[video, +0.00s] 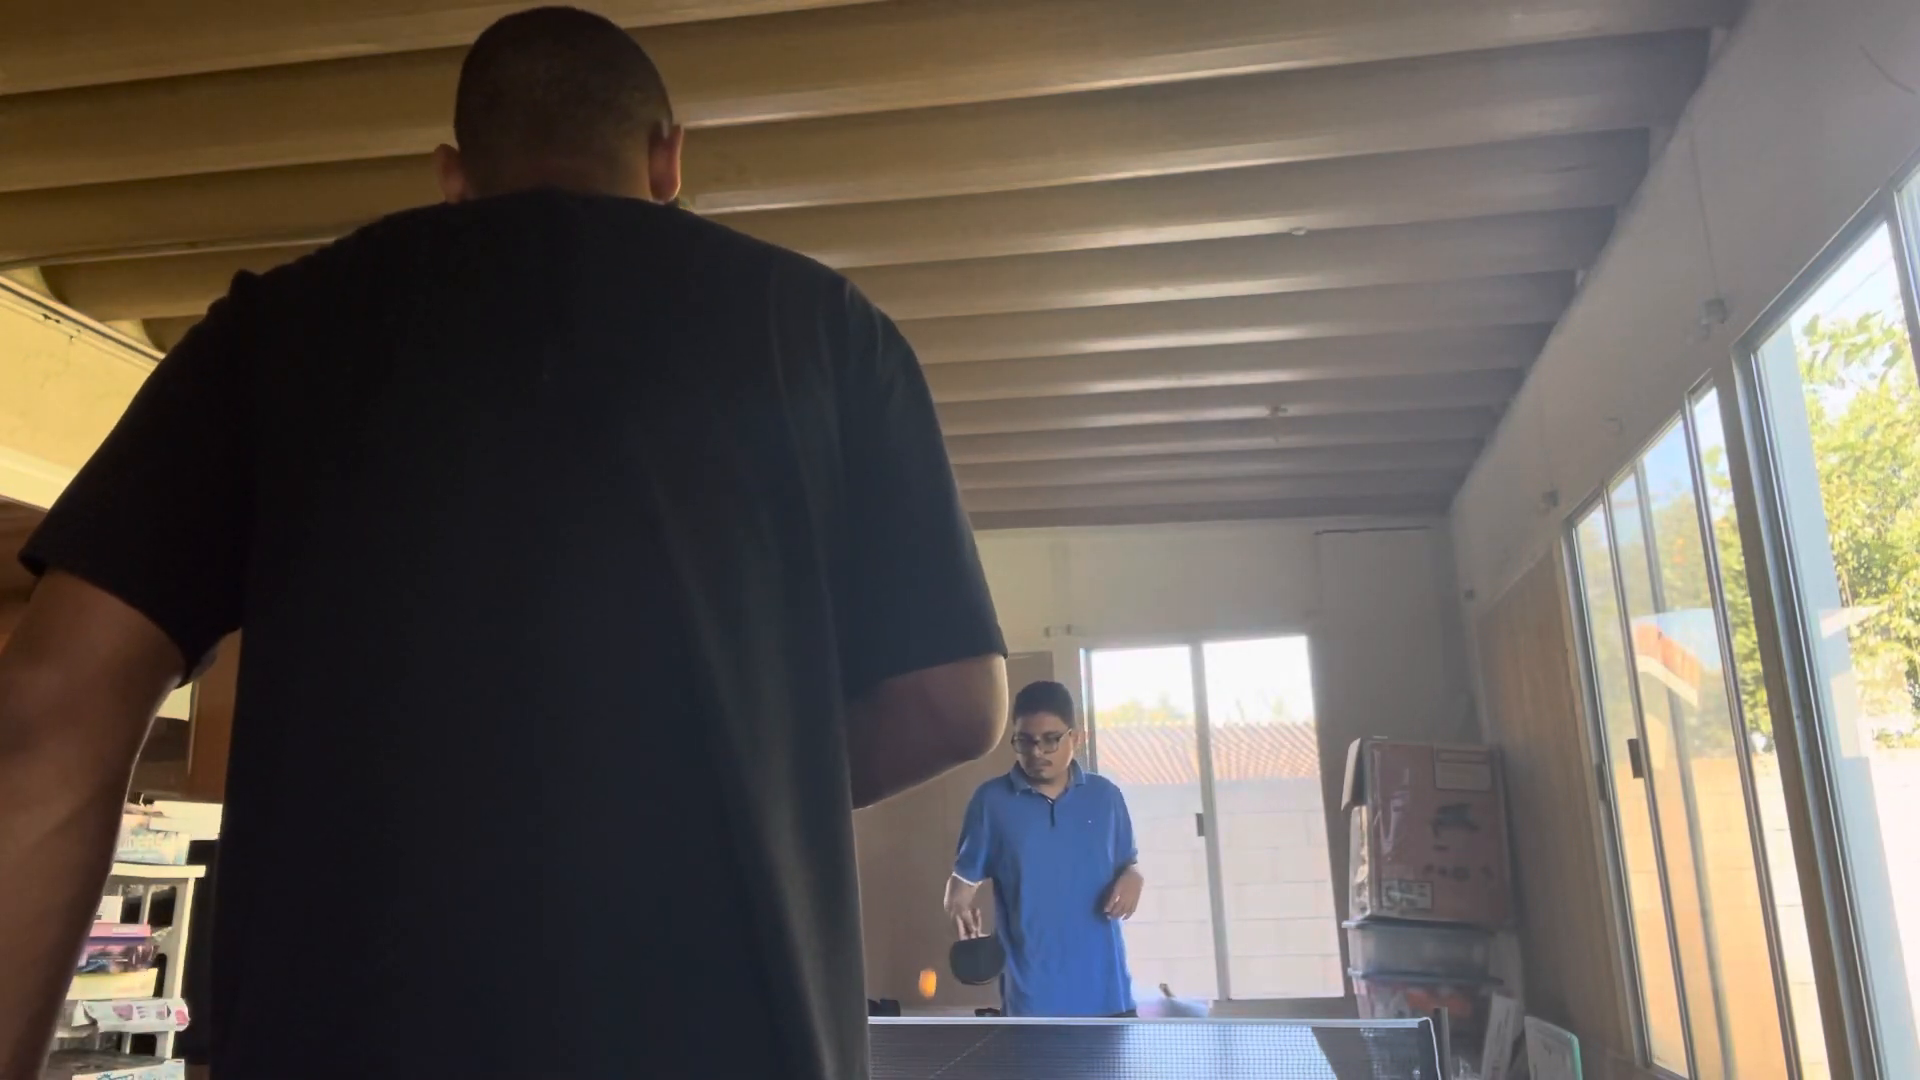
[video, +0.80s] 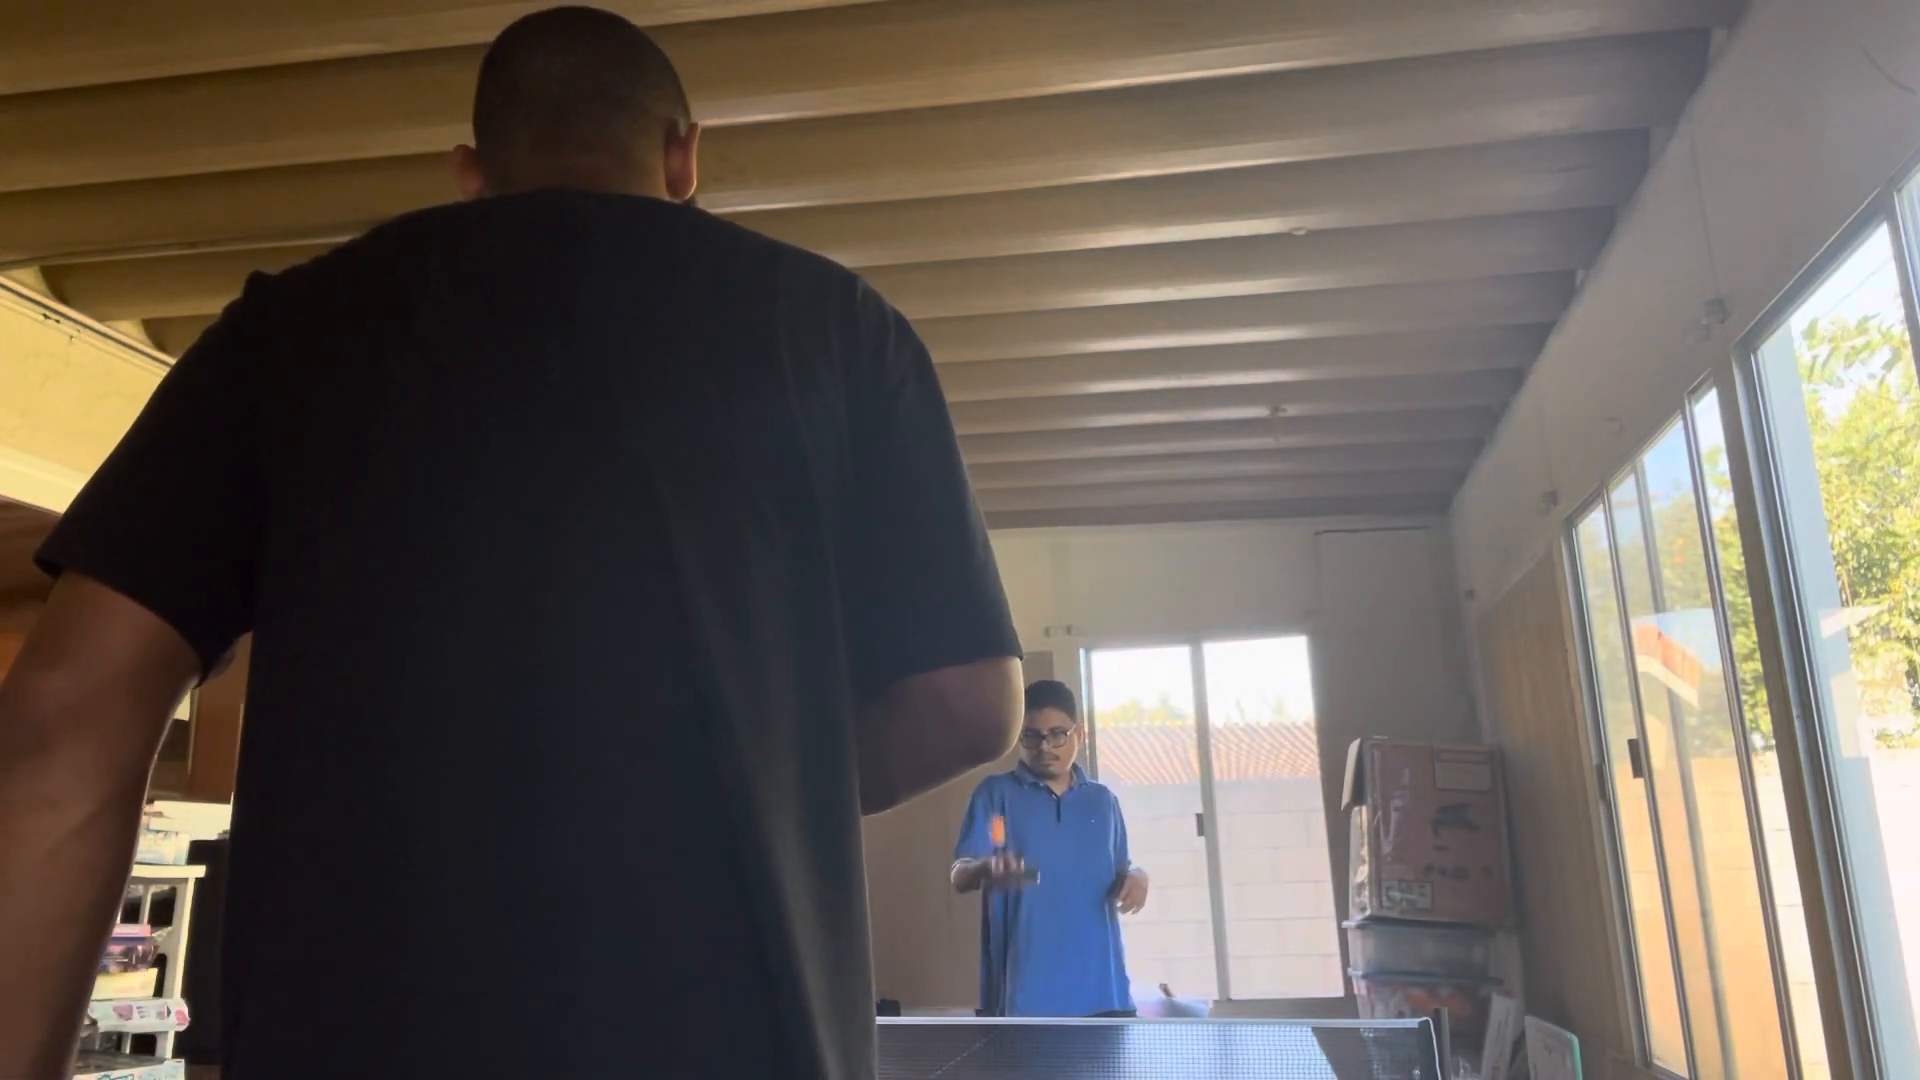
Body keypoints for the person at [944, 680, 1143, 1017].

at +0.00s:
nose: (1038, 752)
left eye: (1051, 739)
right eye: (1026, 740)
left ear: (1075, 739)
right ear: (1013, 740)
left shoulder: (1105, 797)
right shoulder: (992, 801)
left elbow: (1127, 864)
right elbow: (964, 880)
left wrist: (1133, 879)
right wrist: (960, 906)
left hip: (1105, 990)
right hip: (1032, 996)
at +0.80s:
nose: (1045, 746)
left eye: (1057, 734)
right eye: (1032, 736)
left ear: (1079, 736)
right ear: (1019, 738)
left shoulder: (1102, 801)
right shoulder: (996, 794)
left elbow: (1118, 879)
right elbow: (959, 877)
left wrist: (1137, 878)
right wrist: (986, 868)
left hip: (1100, 994)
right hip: (1023, 997)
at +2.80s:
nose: (1069, 746)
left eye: (1078, 737)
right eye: (1058, 736)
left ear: (1091, 742)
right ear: (1029, 736)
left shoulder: (1110, 800)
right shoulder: (1011, 796)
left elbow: (1124, 875)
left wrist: (1145, 878)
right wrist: (1036, 859)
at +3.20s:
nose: (1084, 755)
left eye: (1091, 744)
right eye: (1071, 744)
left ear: (1098, 746)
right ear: (1042, 746)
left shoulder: (1108, 801)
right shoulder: (1019, 799)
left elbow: (1114, 884)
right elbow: (985, 876)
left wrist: (1168, 878)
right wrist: (1071, 853)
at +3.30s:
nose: (1084, 746)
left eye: (1091, 736)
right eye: (1070, 736)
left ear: (1100, 739)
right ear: (1038, 737)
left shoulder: (1105, 801)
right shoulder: (1013, 800)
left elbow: (1118, 882)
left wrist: (1169, 876)